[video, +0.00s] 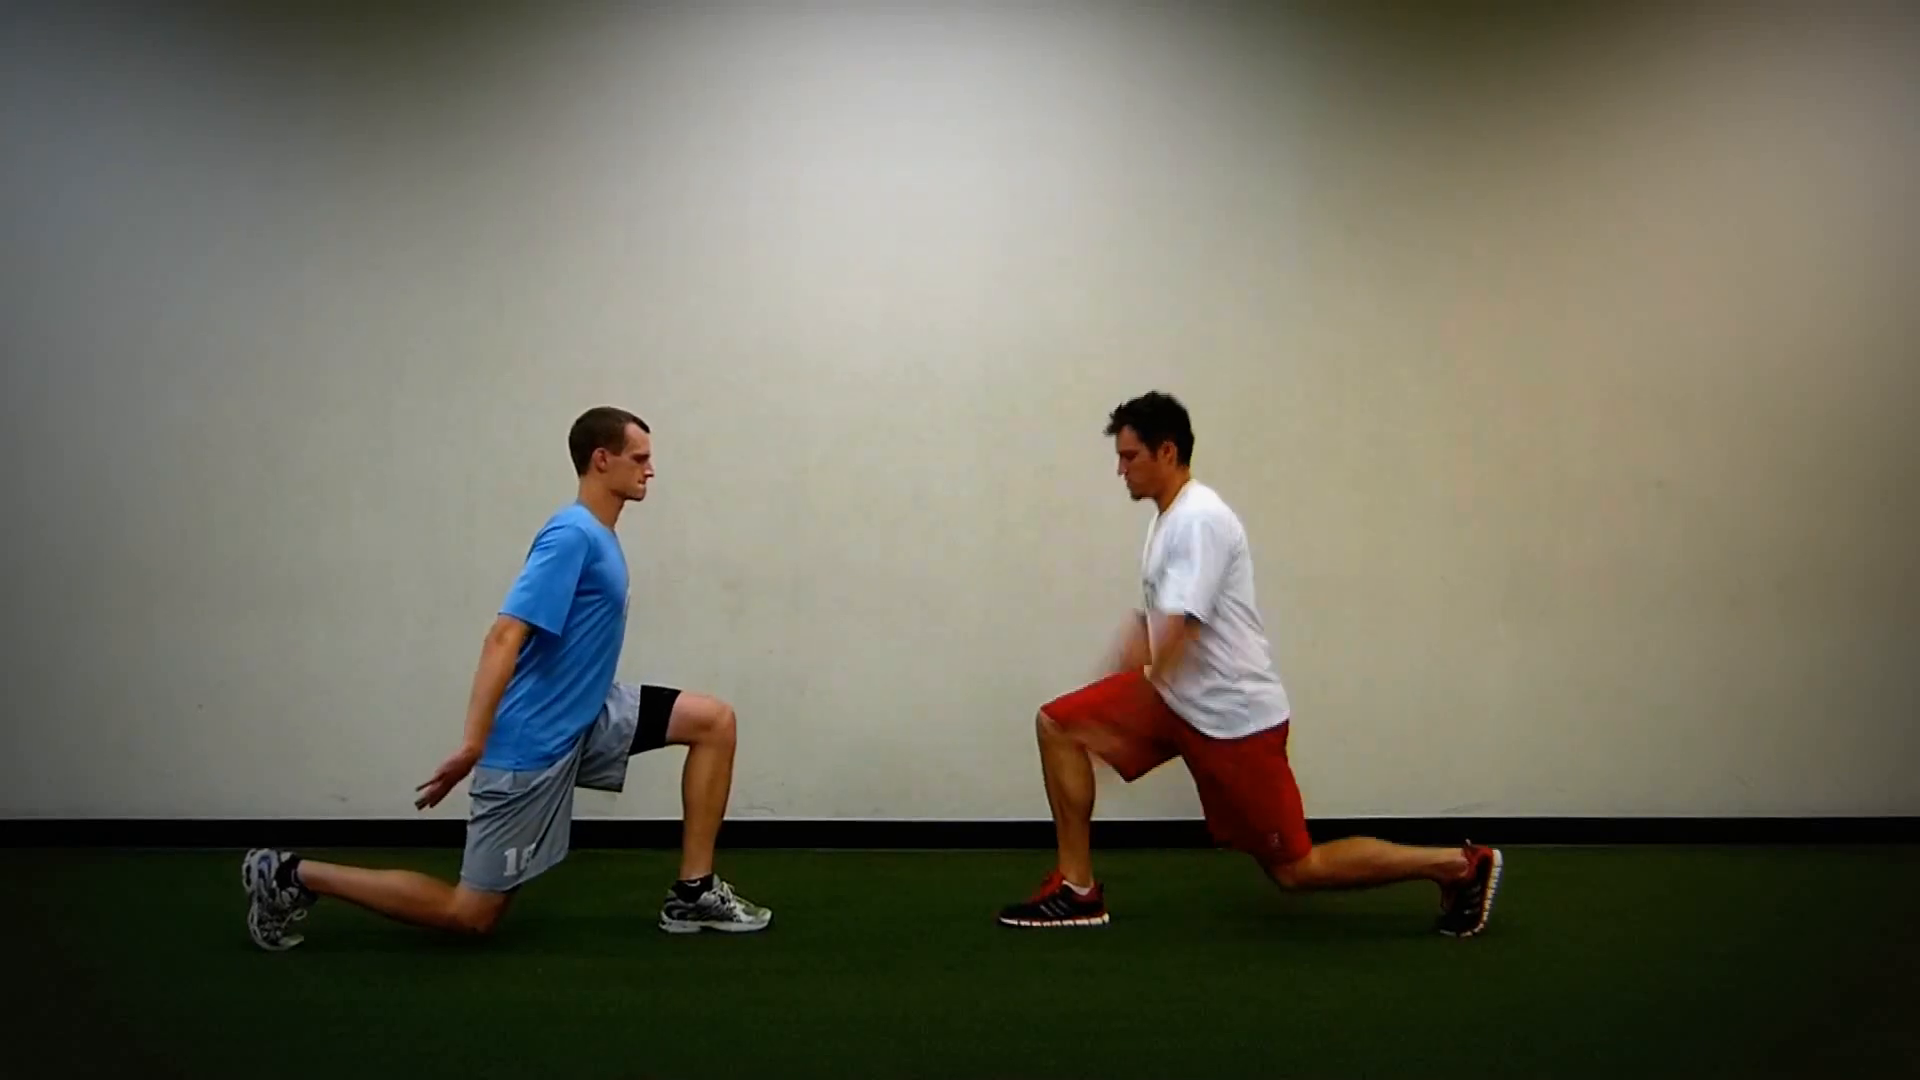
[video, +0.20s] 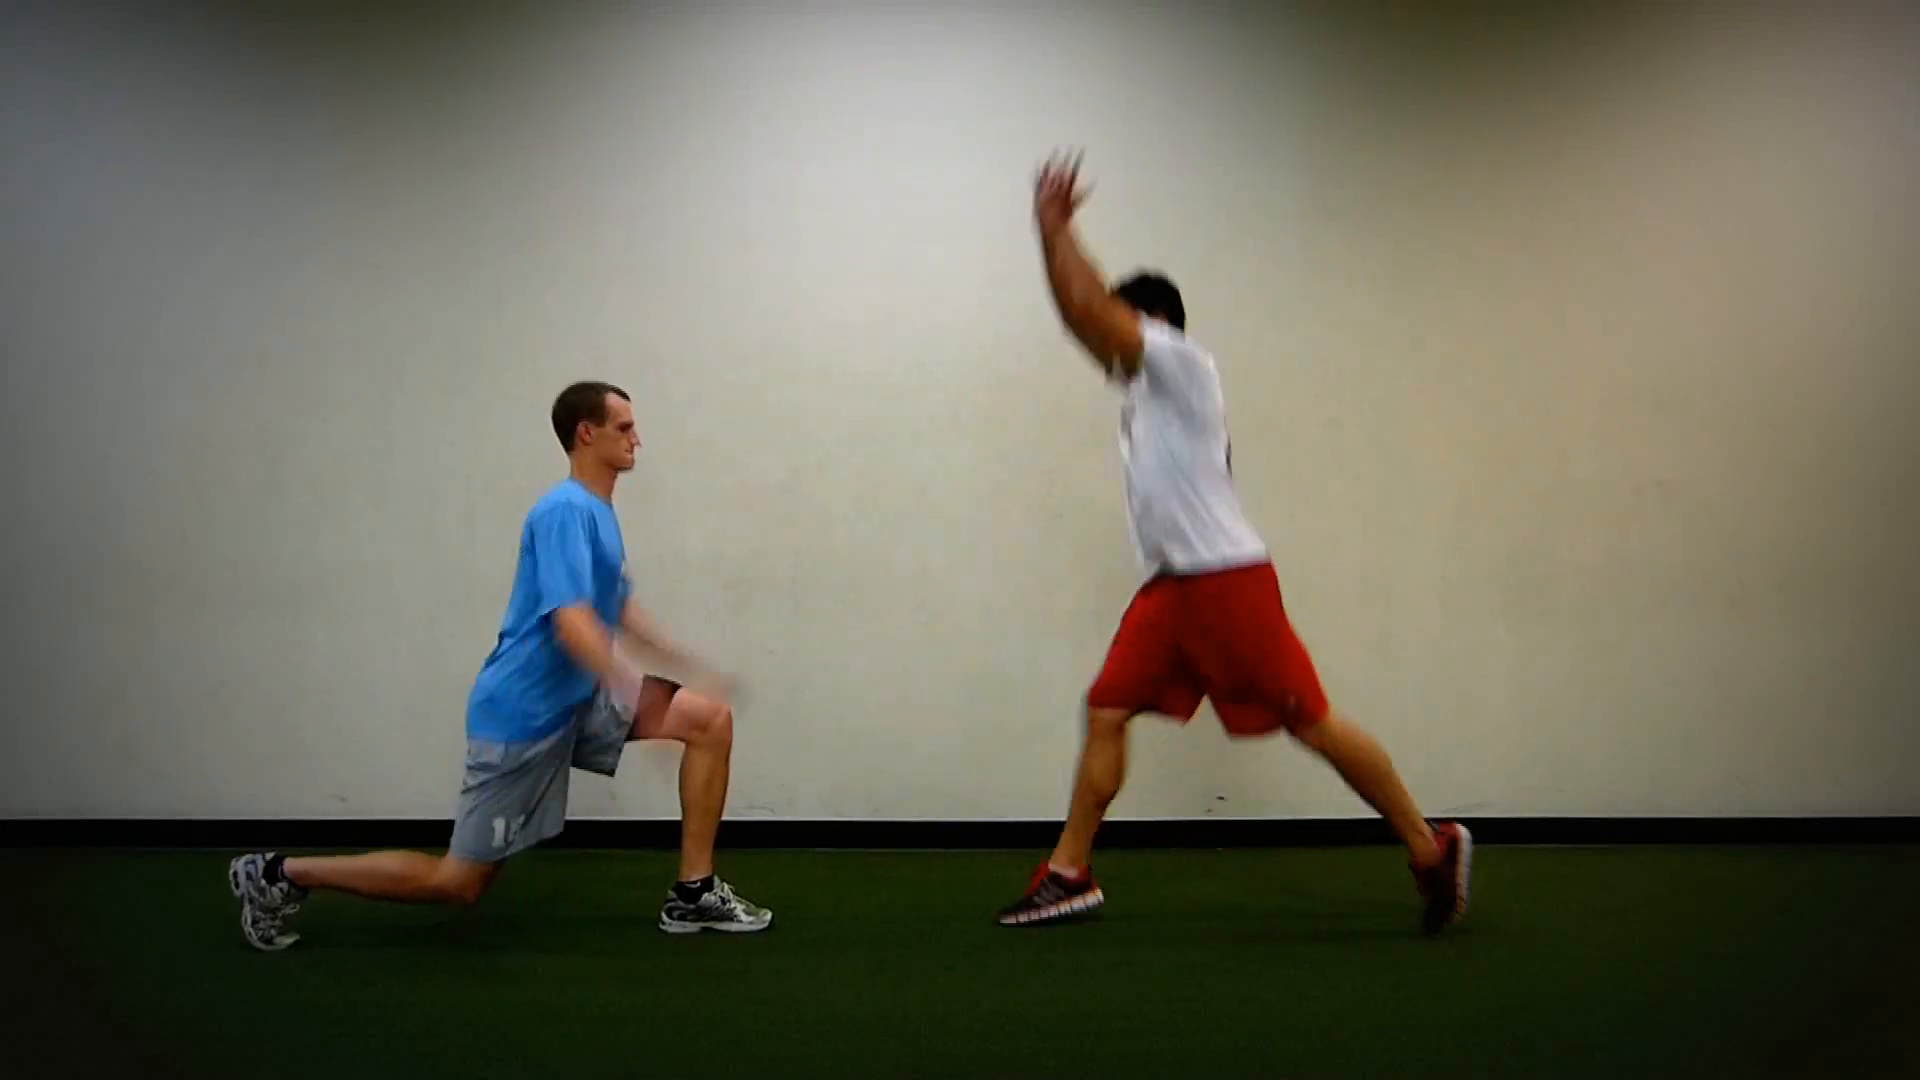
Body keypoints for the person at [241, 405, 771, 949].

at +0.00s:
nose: (650, 472)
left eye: (650, 460)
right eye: (640, 459)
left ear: (608, 464)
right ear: (600, 462)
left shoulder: (599, 537)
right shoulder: (571, 536)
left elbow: (554, 647)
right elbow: (505, 638)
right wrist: (474, 744)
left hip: (588, 711)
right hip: (530, 744)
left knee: (714, 723)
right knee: (474, 914)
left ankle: (696, 892)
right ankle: (292, 876)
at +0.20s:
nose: (636, 437)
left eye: (634, 426)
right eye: (624, 427)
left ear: (599, 437)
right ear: (585, 436)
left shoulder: (601, 514)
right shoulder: (564, 511)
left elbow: (622, 608)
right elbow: (570, 621)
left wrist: (686, 661)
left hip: (578, 700)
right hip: (519, 714)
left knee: (709, 723)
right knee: (460, 882)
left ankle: (696, 892)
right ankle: (277, 875)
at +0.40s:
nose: (635, 287)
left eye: (631, 277)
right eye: (624, 279)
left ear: (595, 289)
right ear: (588, 287)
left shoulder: (620, 347)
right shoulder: (584, 337)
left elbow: (692, 310)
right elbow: (674, 287)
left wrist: (707, 222)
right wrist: (706, 213)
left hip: (592, 576)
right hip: (535, 572)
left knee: (666, 705)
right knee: (445, 725)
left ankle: (694, 882)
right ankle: (309, 856)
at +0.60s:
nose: (640, 186)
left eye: (641, 175)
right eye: (631, 173)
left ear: (620, 181)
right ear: (594, 178)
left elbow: (683, 180)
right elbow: (648, 158)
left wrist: (718, 90)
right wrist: (696, 71)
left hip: (601, 467)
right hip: (550, 460)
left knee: (587, 642)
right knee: (552, 636)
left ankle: (498, 794)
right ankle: (445, 791)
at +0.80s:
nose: (645, 245)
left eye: (647, 233)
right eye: (636, 231)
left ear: (614, 228)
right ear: (597, 228)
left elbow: (683, 297)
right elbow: (594, 284)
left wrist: (738, 279)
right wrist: (691, 246)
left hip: (568, 505)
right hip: (564, 508)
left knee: (504, 672)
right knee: (631, 675)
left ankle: (365, 772)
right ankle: (635, 861)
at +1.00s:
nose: (667, 401)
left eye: (665, 390)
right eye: (657, 390)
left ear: (626, 398)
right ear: (618, 397)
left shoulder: (630, 477)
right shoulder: (601, 473)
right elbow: (545, 558)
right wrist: (535, 660)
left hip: (567, 661)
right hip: (561, 658)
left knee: (485, 829)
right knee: (709, 735)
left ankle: (319, 857)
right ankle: (652, 904)